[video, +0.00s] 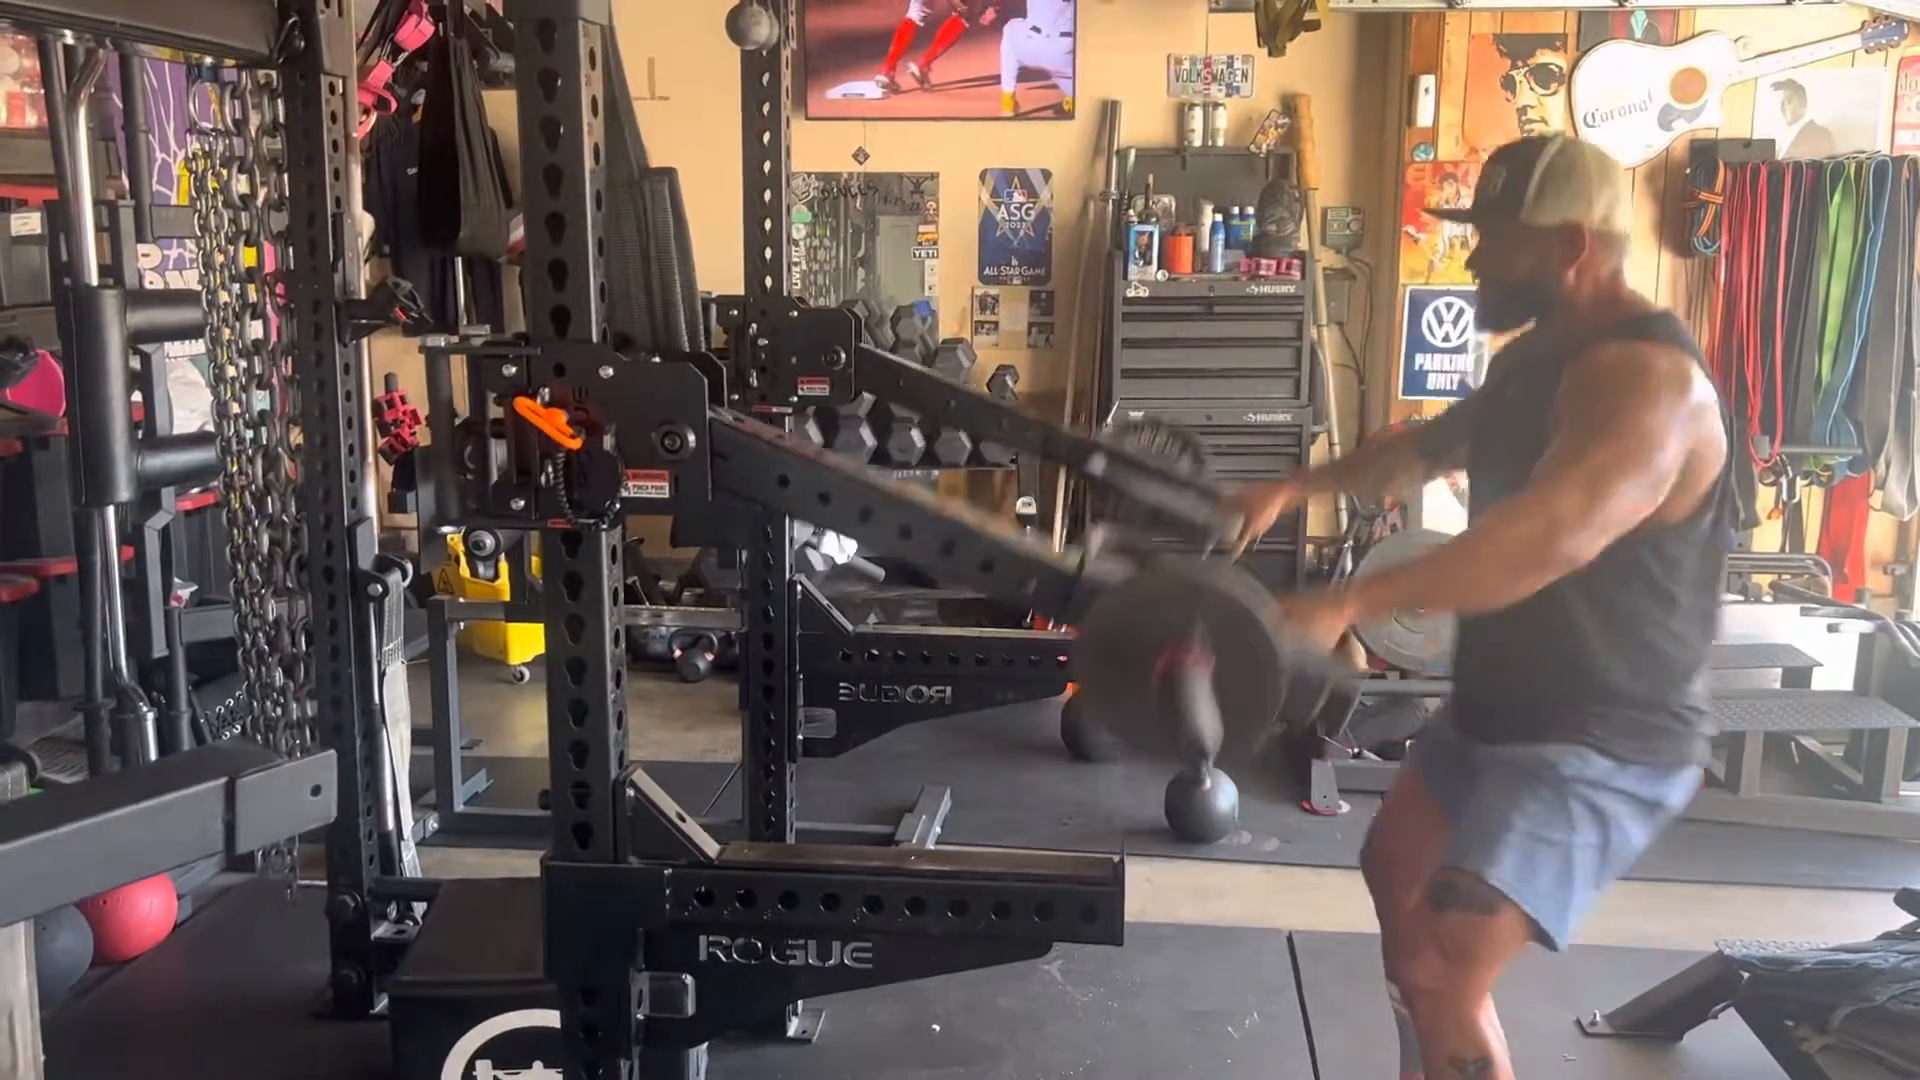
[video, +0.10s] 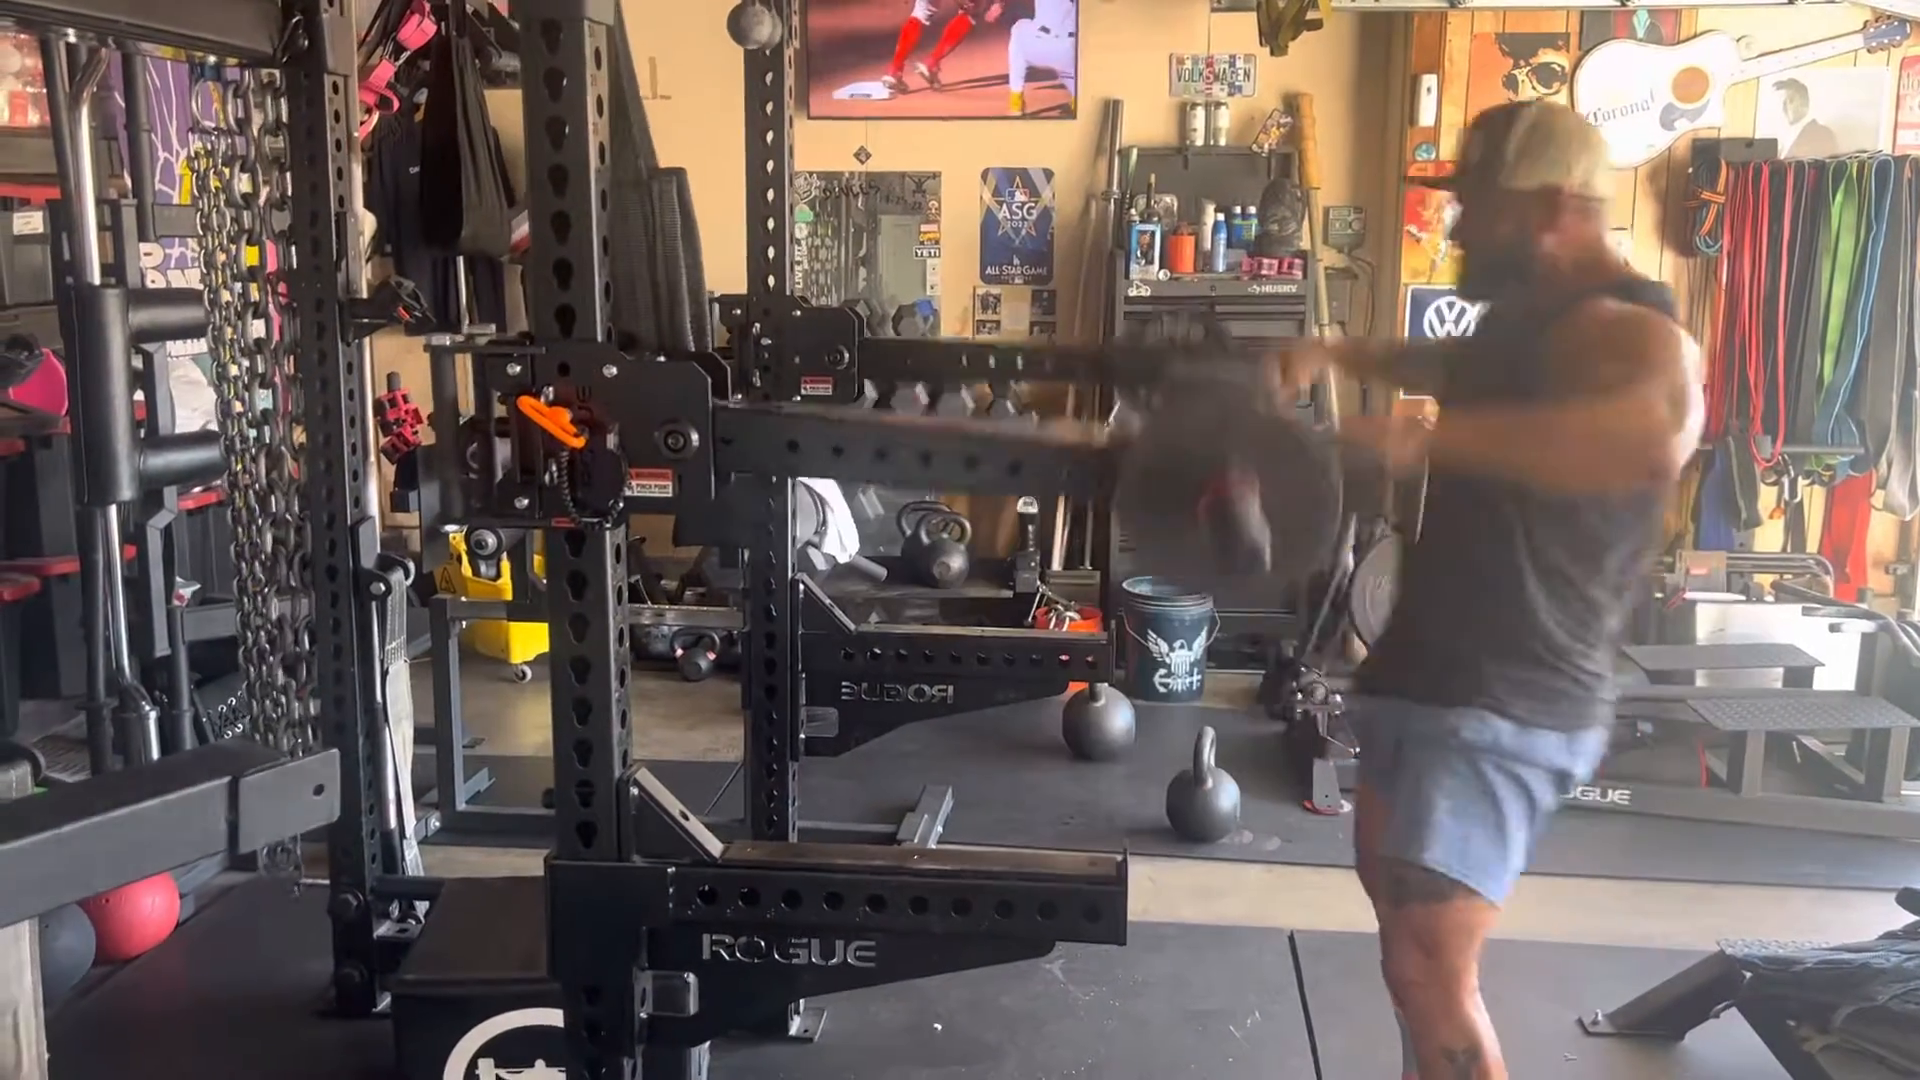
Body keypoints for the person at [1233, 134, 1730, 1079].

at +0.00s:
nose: (1474, 256)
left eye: (1492, 234)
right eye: (1476, 234)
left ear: (1572, 249)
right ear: (1567, 253)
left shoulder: (1647, 378)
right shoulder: (1533, 360)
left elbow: (1554, 535)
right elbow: (1422, 452)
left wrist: (1355, 602)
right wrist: (1294, 487)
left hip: (1602, 737)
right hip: (1496, 706)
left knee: (1441, 971)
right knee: (1395, 866)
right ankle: (1435, 1060)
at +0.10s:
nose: (1456, 224)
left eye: (1471, 200)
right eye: (1458, 201)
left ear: (1548, 206)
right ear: (1538, 209)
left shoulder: (1628, 330)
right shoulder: (1514, 324)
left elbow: (1649, 440)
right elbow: (1435, 369)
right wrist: (1334, 352)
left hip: (1504, 697)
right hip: (1424, 674)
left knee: (1433, 973)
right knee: (1402, 936)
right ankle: (1432, 1067)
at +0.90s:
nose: (1153, 253)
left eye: (1171, 234)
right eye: (1161, 237)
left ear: (1232, 230)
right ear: (1236, 225)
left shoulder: (1318, 290)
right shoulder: (1274, 298)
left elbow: (1244, 134)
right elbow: (1181, 124)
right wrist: (1118, 27)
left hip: (1394, 699)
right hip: (1358, 692)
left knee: (1410, 969)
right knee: (1399, 957)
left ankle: (1460, 1073)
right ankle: (1445, 1064)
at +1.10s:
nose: (1194, 250)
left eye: (1208, 220)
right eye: (1195, 222)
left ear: (1279, 218)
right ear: (1285, 218)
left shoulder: (1380, 299)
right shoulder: (1313, 313)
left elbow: (1425, 221)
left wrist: (1282, 46)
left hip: (1412, 696)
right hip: (1367, 690)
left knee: (1419, 968)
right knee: (1411, 964)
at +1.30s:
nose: (1302, 249)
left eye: (1311, 223)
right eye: (1295, 227)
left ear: (1374, 208)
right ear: (1316, 223)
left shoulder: (1475, 291)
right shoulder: (1354, 310)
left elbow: (1616, 404)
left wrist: (1408, 309)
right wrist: (1234, 344)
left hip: (1474, 700)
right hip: (1400, 696)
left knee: (1437, 966)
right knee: (1430, 966)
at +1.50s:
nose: (1420, 267)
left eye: (1433, 241)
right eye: (1419, 243)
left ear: (1516, 236)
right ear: (1514, 238)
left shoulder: (1606, 342)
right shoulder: (1518, 339)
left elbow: (1534, 510)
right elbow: (1422, 417)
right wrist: (1296, 461)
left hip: (1594, 715)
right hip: (1499, 693)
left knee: (1461, 950)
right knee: (1414, 862)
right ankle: (1441, 1056)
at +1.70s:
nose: (1365, 376)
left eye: (1373, 350)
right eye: (1361, 353)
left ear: (1447, 345)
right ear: (1444, 346)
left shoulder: (1552, 444)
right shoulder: (1467, 431)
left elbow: (1462, 632)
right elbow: (1345, 533)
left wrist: (1270, 721)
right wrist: (1213, 589)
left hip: (1667, 758)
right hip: (1561, 725)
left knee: (1458, 960)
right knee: (1415, 861)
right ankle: (1441, 1061)